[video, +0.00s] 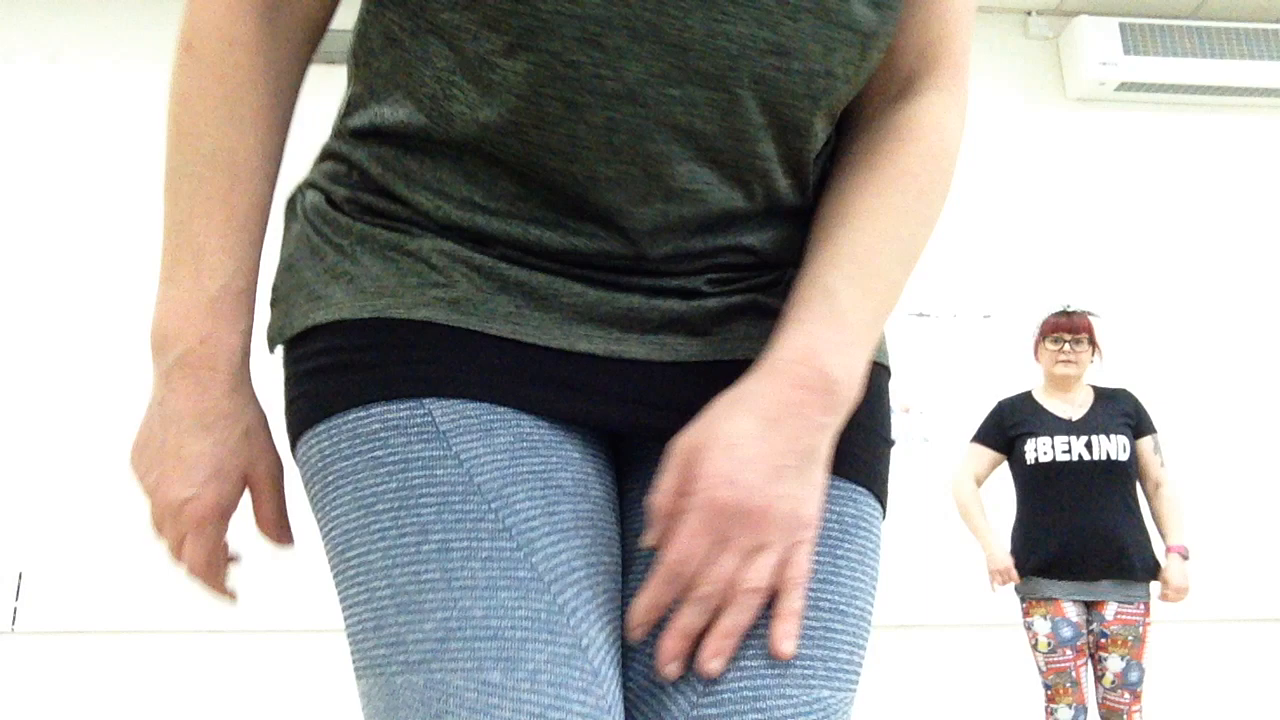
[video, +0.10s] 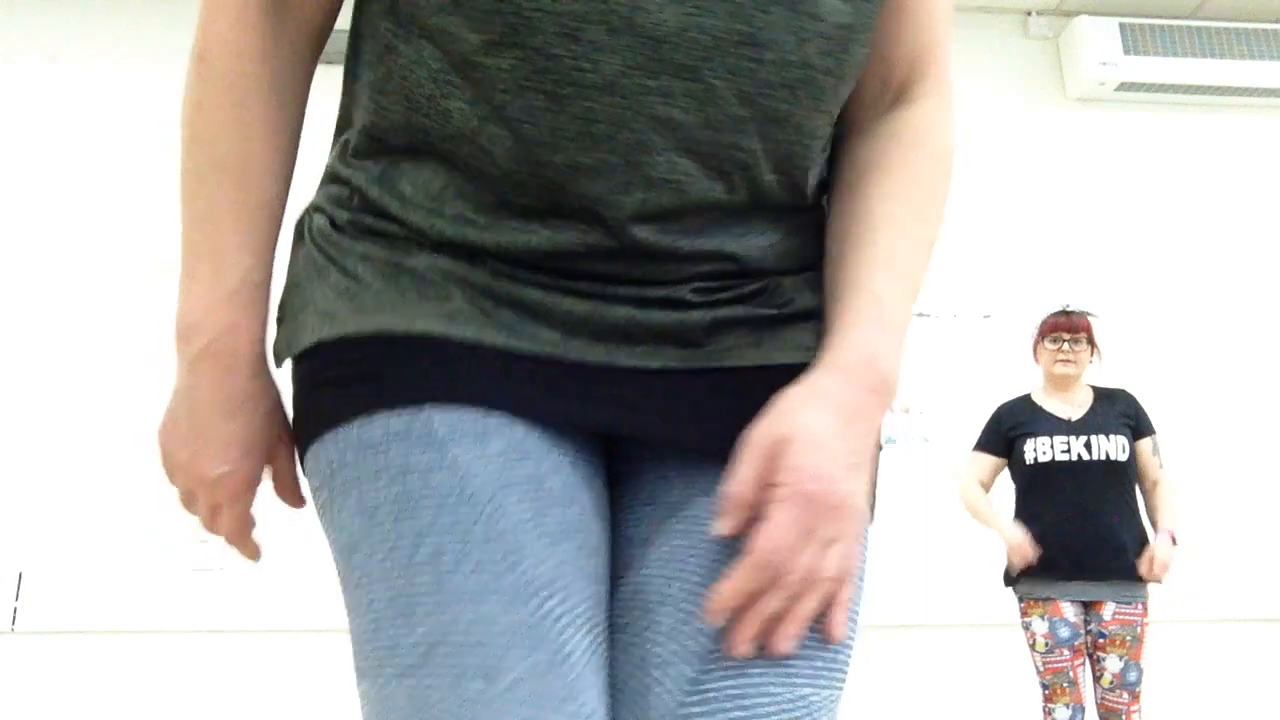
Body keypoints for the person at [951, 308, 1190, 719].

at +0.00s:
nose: (1068, 350)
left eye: (1079, 342)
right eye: (1057, 341)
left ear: (1092, 353)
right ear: (1039, 351)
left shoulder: (1123, 406)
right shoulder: (1013, 412)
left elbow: (1157, 485)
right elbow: (964, 482)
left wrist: (1176, 552)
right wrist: (992, 549)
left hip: (1123, 582)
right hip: (1047, 584)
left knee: (1122, 706)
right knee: (1066, 707)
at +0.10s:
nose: (1067, 350)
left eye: (1077, 342)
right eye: (1056, 341)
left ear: (1091, 353)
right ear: (1038, 351)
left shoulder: (1122, 406)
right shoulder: (1013, 415)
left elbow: (1154, 480)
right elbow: (972, 487)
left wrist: (1164, 536)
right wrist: (1007, 530)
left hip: (1121, 583)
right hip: (1046, 585)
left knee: (1121, 705)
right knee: (1064, 706)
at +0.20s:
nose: (1065, 351)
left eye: (1075, 343)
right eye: (1055, 342)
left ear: (1089, 355)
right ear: (1035, 352)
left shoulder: (1120, 407)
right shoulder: (1010, 417)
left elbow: (1156, 476)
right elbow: (976, 492)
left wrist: (1150, 498)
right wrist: (1011, 480)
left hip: (1117, 578)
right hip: (1042, 581)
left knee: (1119, 704)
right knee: (1061, 705)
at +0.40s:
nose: (1057, 355)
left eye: (1067, 348)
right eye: (1047, 347)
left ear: (1082, 357)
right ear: (1030, 357)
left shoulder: (1109, 408)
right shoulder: (1013, 412)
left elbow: (1165, 457)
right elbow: (975, 461)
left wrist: (1129, 397)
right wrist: (1006, 393)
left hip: (1110, 577)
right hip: (1035, 580)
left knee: (1114, 704)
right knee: (1057, 705)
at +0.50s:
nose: (1053, 360)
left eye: (1063, 351)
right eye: (1043, 351)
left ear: (1078, 359)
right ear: (1028, 359)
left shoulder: (1103, 409)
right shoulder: (1010, 415)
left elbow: (1146, 439)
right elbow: (982, 443)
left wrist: (1104, 370)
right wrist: (1010, 369)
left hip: (1105, 578)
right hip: (1031, 580)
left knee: (1112, 705)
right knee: (1054, 706)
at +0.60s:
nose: (1047, 362)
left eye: (1057, 354)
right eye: (1036, 354)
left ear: (1071, 362)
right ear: (1021, 364)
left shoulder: (1096, 411)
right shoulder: (1004, 416)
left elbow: (1130, 436)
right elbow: (982, 439)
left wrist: (1092, 366)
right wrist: (1003, 370)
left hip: (1099, 577)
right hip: (1025, 579)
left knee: (1108, 703)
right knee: (1049, 704)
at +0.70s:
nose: (1040, 363)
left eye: (1051, 354)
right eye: (1029, 355)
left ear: (1065, 362)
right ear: (1013, 364)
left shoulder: (1091, 413)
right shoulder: (997, 418)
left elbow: (1127, 440)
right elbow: (974, 444)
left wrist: (1094, 375)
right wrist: (988, 379)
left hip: (1094, 579)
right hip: (1020, 581)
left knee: (1104, 705)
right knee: (1046, 706)